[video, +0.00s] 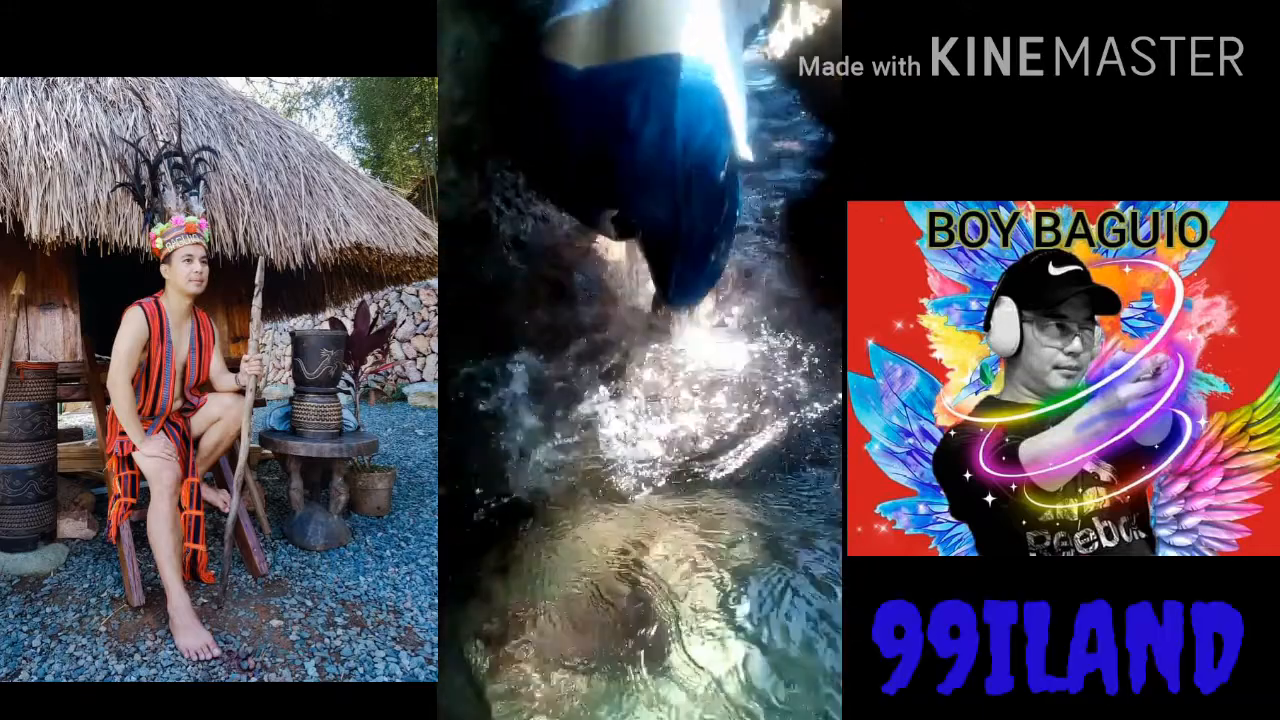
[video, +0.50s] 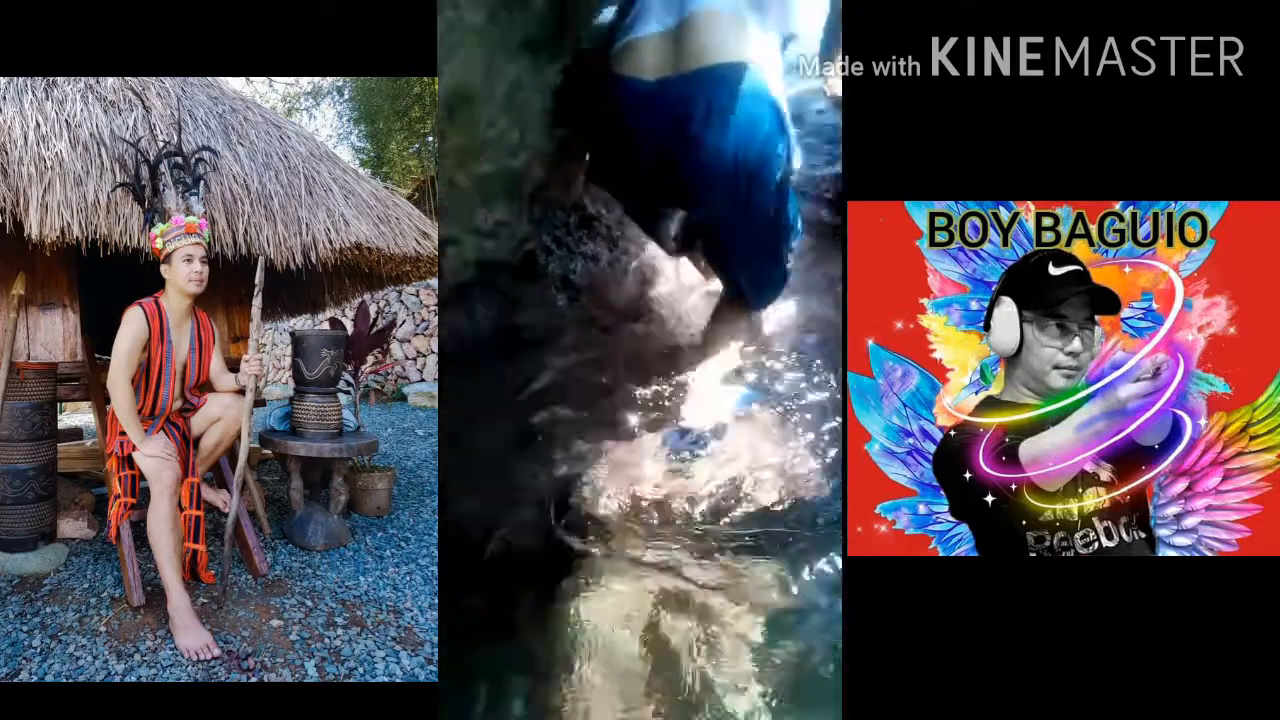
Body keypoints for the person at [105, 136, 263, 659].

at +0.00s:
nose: (198, 269)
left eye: (203, 260)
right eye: (187, 261)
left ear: (207, 266)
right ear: (164, 267)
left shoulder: (206, 323)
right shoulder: (142, 316)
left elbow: (220, 381)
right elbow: (117, 380)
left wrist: (243, 380)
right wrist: (138, 440)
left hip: (180, 419)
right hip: (140, 424)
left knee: (237, 407)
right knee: (169, 476)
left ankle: (191, 479)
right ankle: (179, 605)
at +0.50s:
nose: (198, 268)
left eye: (203, 260)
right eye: (187, 260)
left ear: (207, 266)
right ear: (164, 267)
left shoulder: (206, 324)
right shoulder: (142, 316)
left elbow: (221, 382)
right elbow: (117, 380)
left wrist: (244, 379)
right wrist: (138, 440)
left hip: (180, 420)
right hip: (140, 425)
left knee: (237, 407)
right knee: (169, 476)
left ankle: (191, 479)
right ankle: (179, 606)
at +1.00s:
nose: (198, 268)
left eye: (203, 260)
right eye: (187, 261)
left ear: (207, 267)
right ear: (164, 267)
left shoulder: (205, 323)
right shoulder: (142, 316)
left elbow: (220, 381)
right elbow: (117, 380)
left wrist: (244, 380)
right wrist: (139, 440)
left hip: (180, 419)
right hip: (141, 425)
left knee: (238, 407)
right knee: (169, 477)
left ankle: (191, 478)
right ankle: (179, 607)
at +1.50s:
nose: (198, 269)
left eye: (203, 260)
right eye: (187, 261)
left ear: (207, 266)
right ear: (164, 267)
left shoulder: (205, 322)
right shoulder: (142, 316)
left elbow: (220, 380)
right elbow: (117, 380)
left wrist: (242, 380)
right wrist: (138, 440)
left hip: (181, 419)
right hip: (141, 425)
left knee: (237, 407)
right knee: (169, 476)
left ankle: (191, 478)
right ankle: (179, 605)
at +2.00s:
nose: (198, 268)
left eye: (203, 260)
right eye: (187, 260)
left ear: (208, 267)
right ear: (165, 267)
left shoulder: (206, 324)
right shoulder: (142, 316)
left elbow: (220, 382)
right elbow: (117, 380)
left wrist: (243, 380)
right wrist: (138, 440)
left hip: (180, 419)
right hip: (140, 424)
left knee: (237, 407)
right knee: (169, 477)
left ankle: (191, 478)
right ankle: (179, 606)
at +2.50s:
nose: (198, 268)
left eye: (203, 260)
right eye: (187, 260)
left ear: (208, 267)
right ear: (165, 267)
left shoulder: (206, 324)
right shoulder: (142, 316)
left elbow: (220, 381)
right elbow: (117, 380)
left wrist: (243, 381)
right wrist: (138, 440)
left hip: (180, 419)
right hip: (140, 424)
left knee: (236, 407)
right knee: (169, 476)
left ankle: (191, 478)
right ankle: (179, 605)